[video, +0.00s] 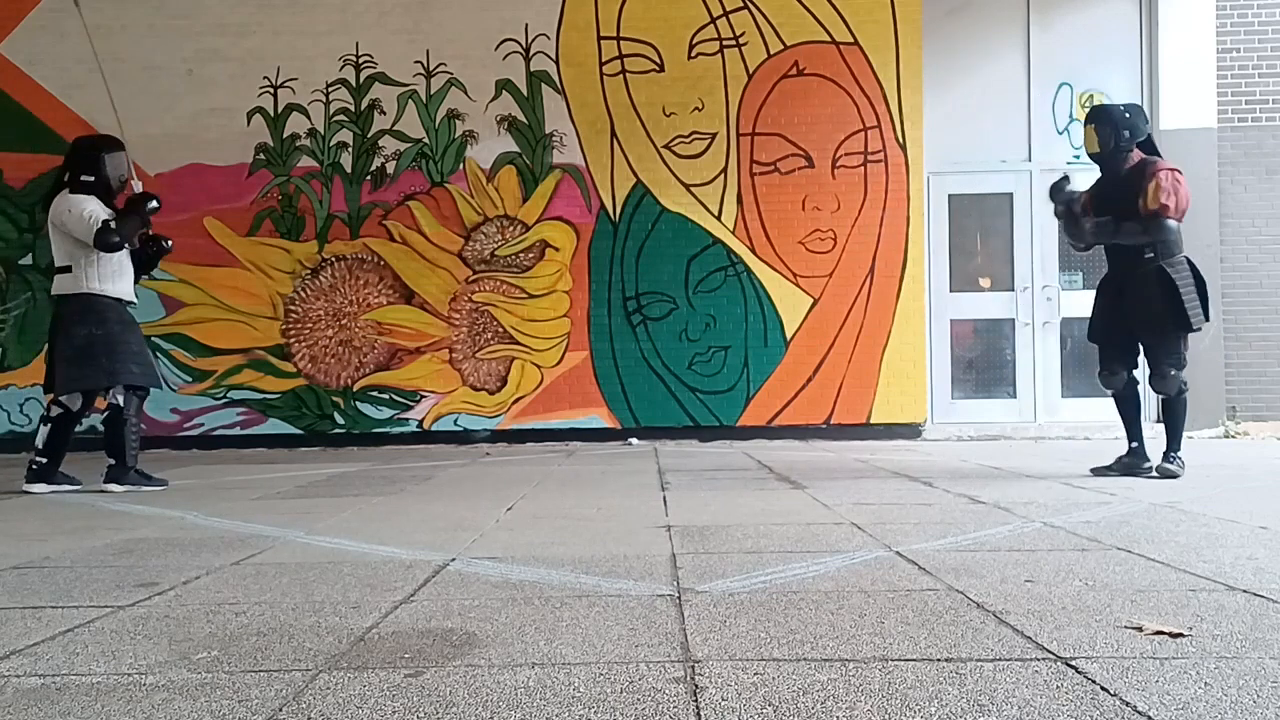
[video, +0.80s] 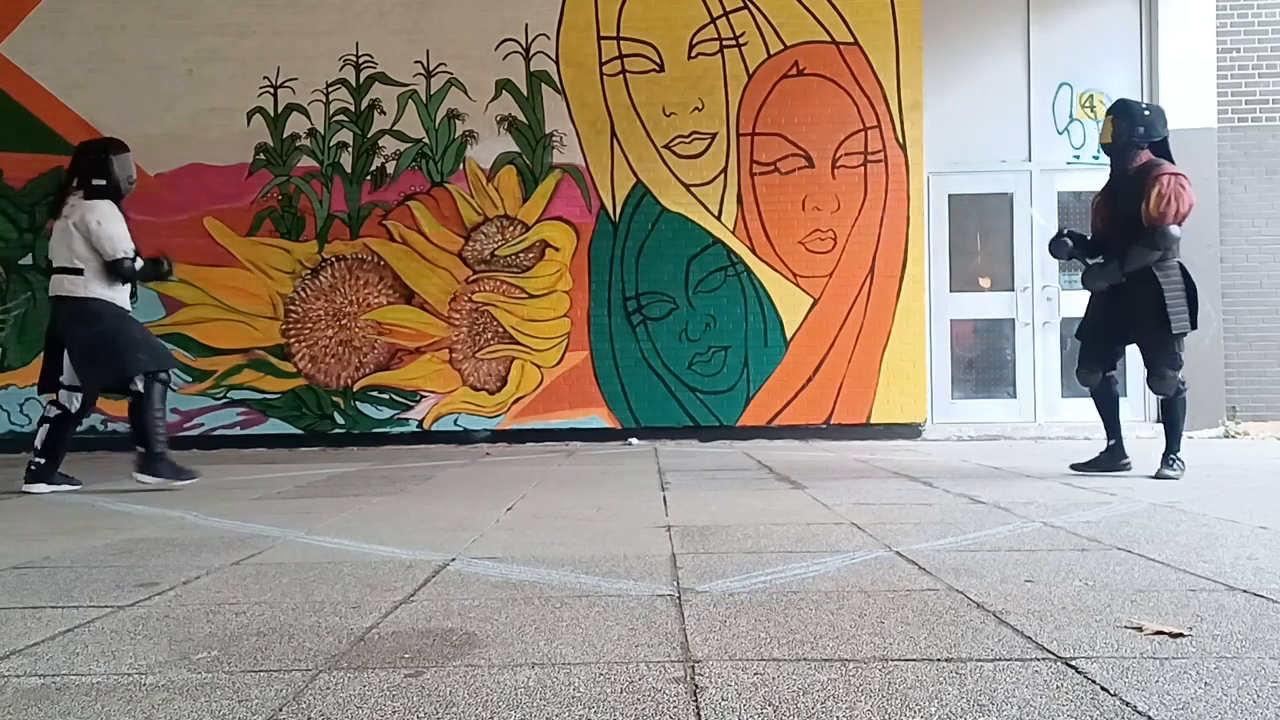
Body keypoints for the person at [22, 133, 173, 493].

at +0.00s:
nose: (124, 174)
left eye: (123, 166)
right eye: (118, 166)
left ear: (86, 169)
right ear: (98, 167)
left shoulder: (101, 209)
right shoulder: (72, 202)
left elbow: (120, 270)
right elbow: (108, 237)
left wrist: (151, 254)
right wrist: (138, 211)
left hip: (91, 307)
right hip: (92, 306)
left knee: (74, 392)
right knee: (131, 383)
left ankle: (43, 469)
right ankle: (123, 468)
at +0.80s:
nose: (132, 176)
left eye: (131, 168)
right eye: (125, 168)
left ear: (88, 172)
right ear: (105, 171)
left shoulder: (70, 207)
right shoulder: (100, 210)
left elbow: (82, 265)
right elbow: (123, 266)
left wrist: (139, 266)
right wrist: (156, 268)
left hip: (67, 311)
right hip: (94, 313)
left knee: (72, 395)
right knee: (153, 367)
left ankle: (41, 471)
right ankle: (154, 459)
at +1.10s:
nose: (181, 182)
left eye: (179, 174)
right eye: (174, 174)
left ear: (136, 183)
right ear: (155, 181)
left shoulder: (115, 219)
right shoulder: (158, 225)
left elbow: (88, 264)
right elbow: (178, 284)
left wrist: (120, 285)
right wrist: (194, 312)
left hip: (113, 323)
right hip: (146, 326)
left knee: (95, 399)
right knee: (207, 377)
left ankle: (46, 466)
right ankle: (212, 466)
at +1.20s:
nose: (204, 183)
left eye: (202, 175)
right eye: (198, 176)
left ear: (155, 181)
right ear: (183, 181)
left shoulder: (136, 219)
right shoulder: (185, 222)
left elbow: (110, 268)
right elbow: (202, 281)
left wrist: (150, 282)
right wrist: (218, 303)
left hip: (139, 324)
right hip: (174, 325)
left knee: (130, 404)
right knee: (232, 383)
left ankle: (69, 459)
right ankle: (216, 468)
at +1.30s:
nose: (228, 181)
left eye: (226, 173)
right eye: (223, 173)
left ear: (178, 178)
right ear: (209, 178)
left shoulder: (161, 215)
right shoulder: (209, 219)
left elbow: (131, 267)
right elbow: (227, 278)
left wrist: (167, 280)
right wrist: (246, 298)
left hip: (158, 320)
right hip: (193, 321)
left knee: (182, 400)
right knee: (242, 386)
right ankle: (217, 469)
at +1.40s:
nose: (252, 178)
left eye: (250, 170)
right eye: (246, 170)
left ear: (202, 175)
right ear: (232, 176)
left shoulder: (182, 212)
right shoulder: (231, 217)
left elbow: (152, 267)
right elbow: (248, 282)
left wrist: (189, 275)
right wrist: (264, 287)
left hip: (179, 313)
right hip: (211, 315)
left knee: (233, 386)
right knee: (255, 387)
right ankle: (217, 470)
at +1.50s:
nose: (273, 185)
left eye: (272, 177)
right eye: (268, 177)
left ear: (225, 177)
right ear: (253, 178)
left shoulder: (204, 212)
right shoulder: (255, 218)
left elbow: (173, 264)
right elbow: (268, 282)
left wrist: (209, 277)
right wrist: (282, 283)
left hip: (199, 312)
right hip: (232, 315)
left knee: (265, 376)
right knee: (255, 392)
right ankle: (218, 468)